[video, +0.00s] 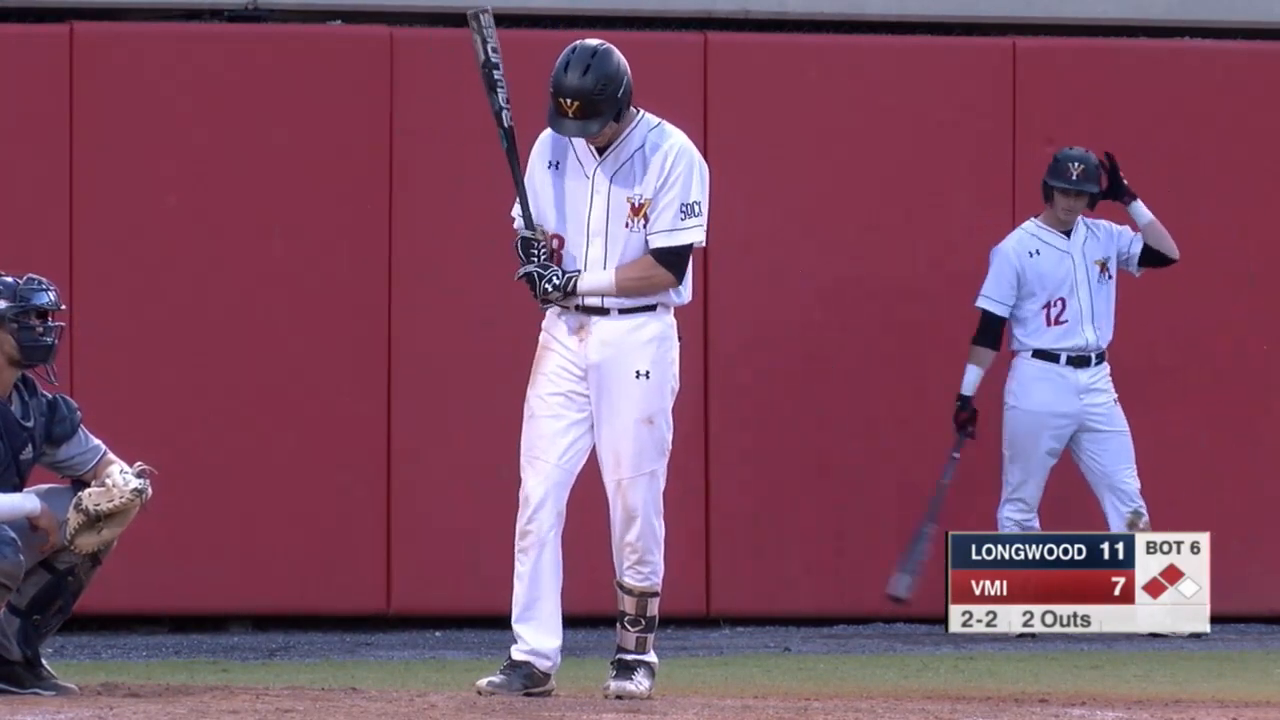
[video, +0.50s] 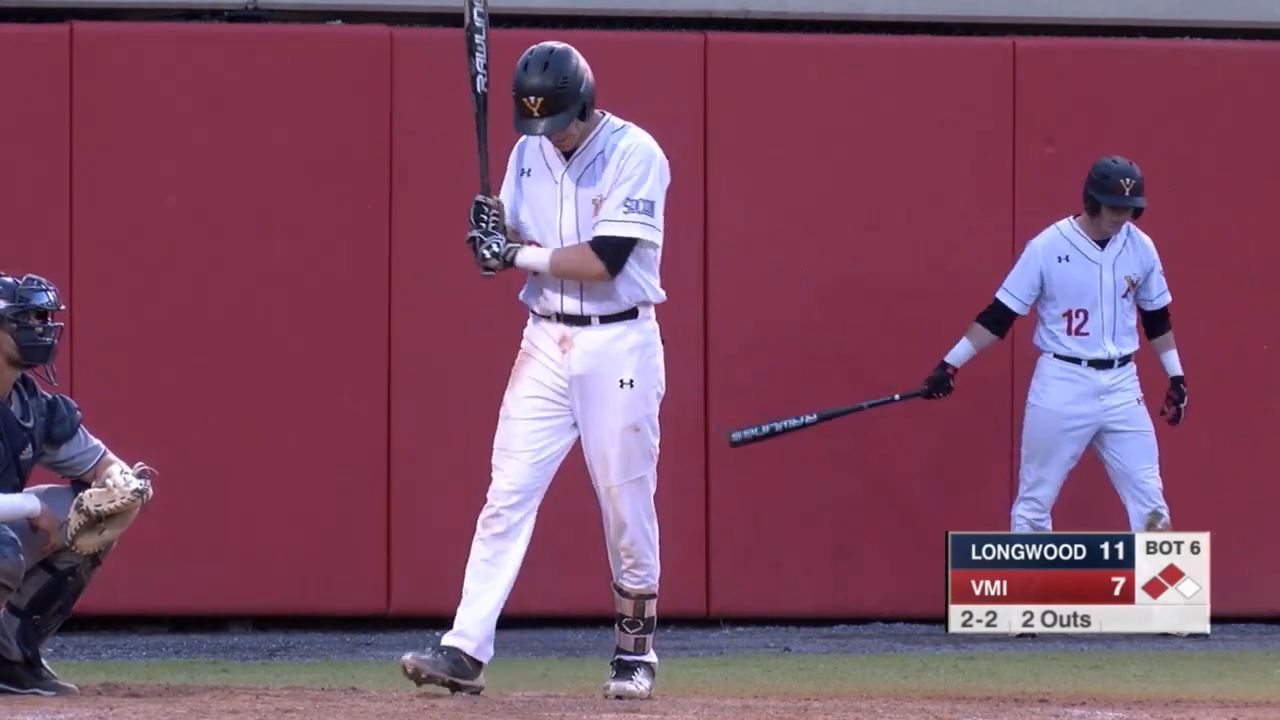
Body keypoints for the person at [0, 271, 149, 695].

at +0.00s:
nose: (37, 328)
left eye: (40, 318)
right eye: (23, 319)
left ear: (46, 325)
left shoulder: (38, 406)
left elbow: (97, 461)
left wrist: (125, 483)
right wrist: (26, 505)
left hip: (9, 523)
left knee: (97, 510)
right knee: (12, 544)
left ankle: (15, 651)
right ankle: (8, 652)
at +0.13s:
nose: (38, 328)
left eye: (41, 318)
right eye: (24, 319)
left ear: (47, 325)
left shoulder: (37, 405)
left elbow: (97, 461)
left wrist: (125, 483)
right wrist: (28, 505)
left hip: (9, 524)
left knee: (95, 512)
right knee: (11, 542)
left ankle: (16, 652)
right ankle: (10, 652)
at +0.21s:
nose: (38, 328)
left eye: (40, 319)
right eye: (23, 319)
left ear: (47, 325)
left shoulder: (38, 406)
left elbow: (98, 461)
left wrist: (125, 484)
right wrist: (27, 505)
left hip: (8, 523)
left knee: (95, 512)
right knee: (10, 544)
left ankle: (15, 652)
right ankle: (8, 653)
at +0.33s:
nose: (38, 328)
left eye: (41, 318)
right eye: (23, 319)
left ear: (47, 325)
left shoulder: (38, 406)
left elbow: (97, 461)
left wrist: (126, 484)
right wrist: (27, 505)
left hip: (9, 521)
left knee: (93, 513)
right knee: (11, 544)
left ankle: (16, 653)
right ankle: (9, 653)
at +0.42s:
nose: (37, 328)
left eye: (41, 319)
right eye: (23, 319)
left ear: (47, 325)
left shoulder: (38, 406)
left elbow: (97, 462)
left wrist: (126, 484)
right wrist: (28, 505)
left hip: (9, 522)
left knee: (95, 511)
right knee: (11, 544)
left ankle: (15, 652)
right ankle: (9, 653)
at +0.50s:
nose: (38, 328)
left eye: (41, 318)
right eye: (23, 319)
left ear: (48, 325)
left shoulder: (37, 406)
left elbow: (97, 461)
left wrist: (125, 484)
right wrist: (27, 505)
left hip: (9, 522)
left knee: (96, 511)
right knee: (11, 545)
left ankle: (15, 652)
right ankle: (8, 653)